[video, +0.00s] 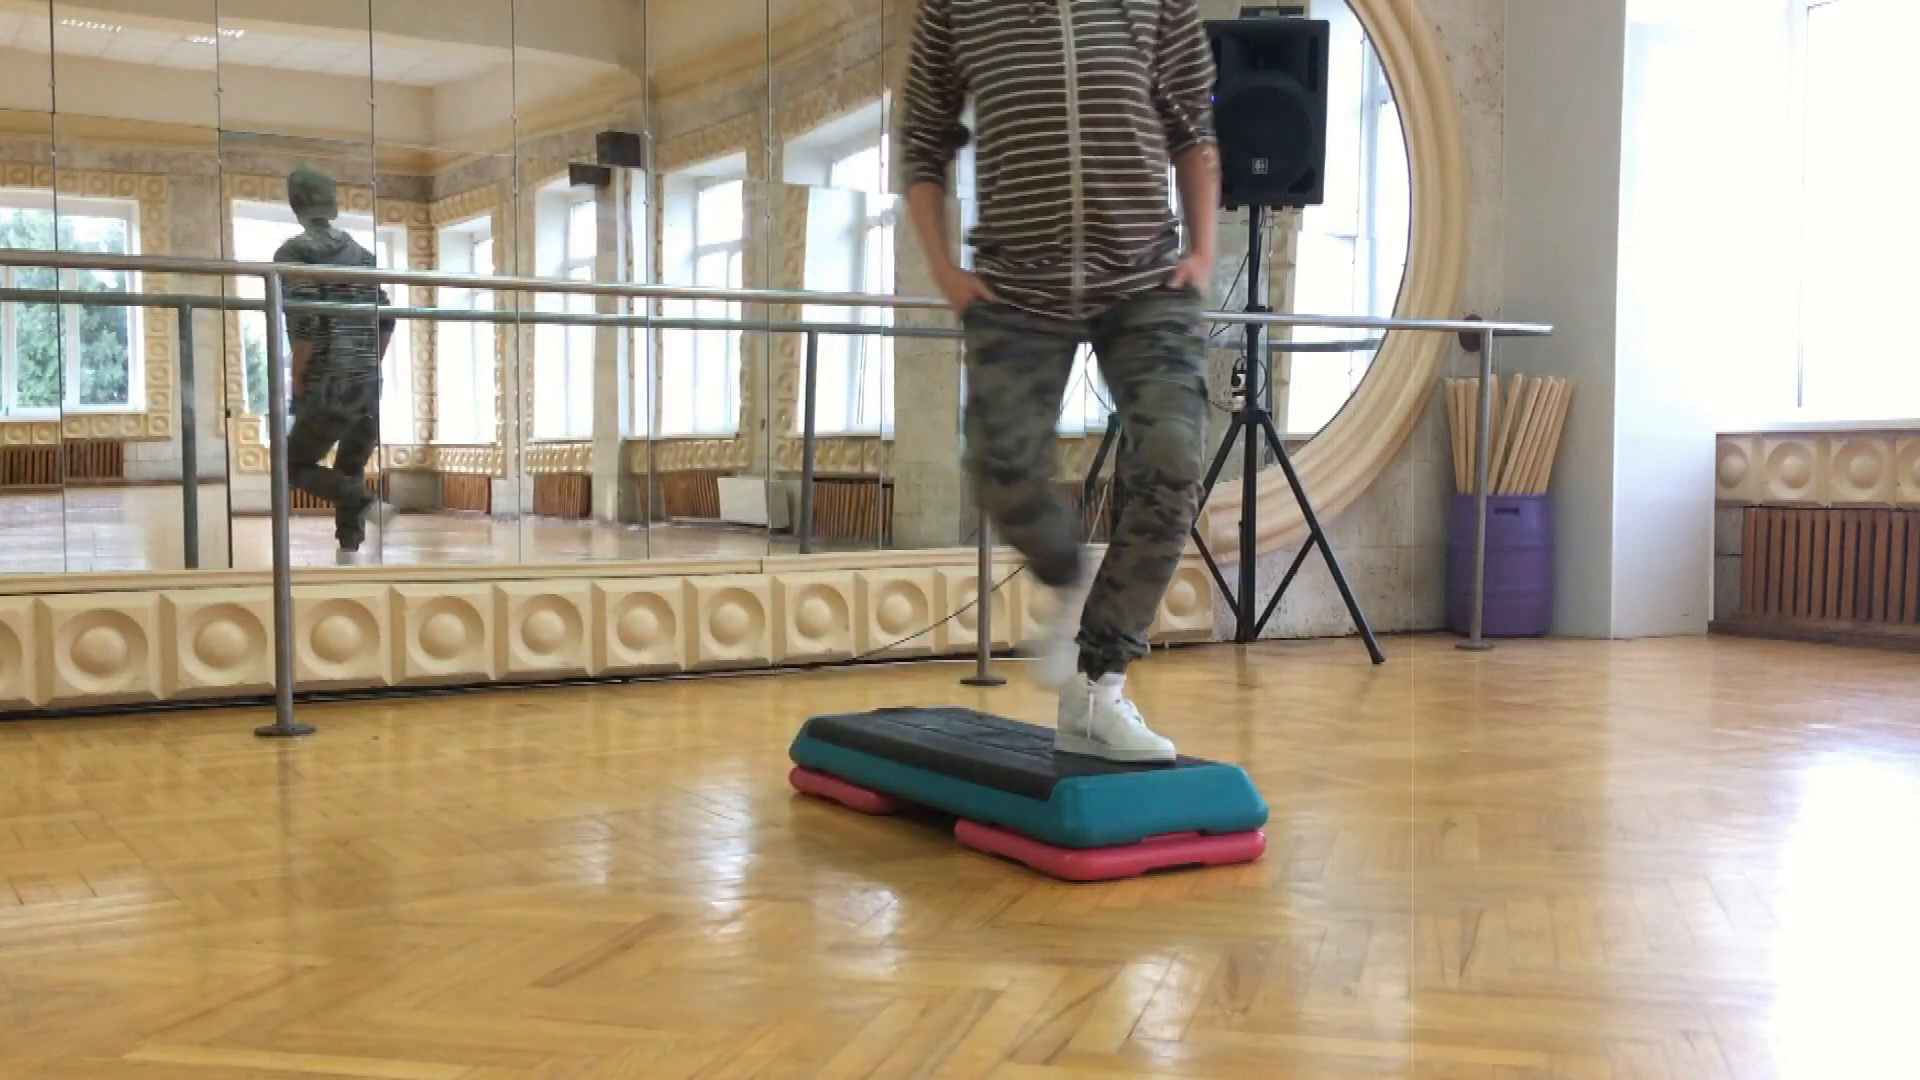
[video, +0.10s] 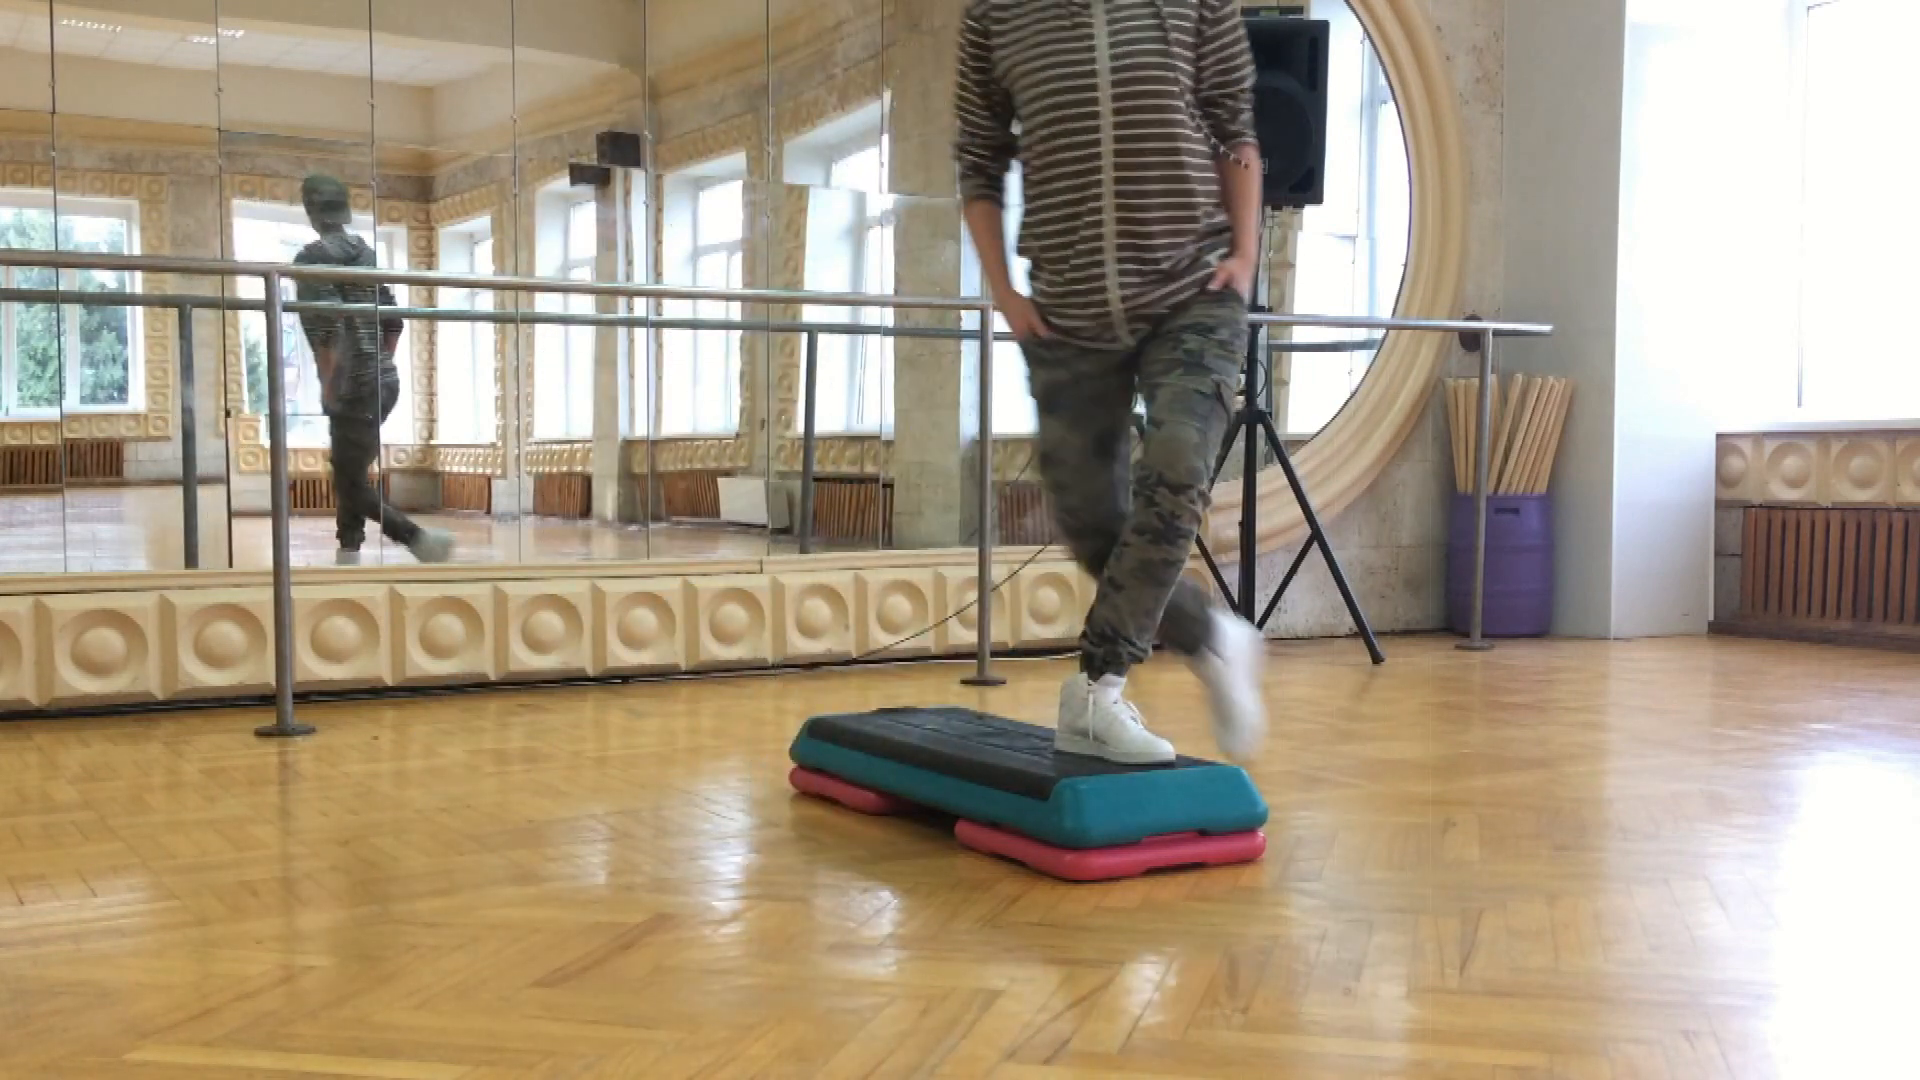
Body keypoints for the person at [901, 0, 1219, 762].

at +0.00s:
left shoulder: (1160, 7)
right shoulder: (954, 10)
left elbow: (1193, 125)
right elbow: (924, 142)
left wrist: (1201, 250)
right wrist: (946, 271)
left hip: (1148, 279)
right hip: (1015, 287)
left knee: (1170, 468)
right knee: (1004, 470)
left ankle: (1096, 686)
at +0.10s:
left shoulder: (1201, 7)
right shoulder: (993, 16)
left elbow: (1235, 130)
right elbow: (978, 162)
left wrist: (1245, 254)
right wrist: (1003, 292)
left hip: (1192, 292)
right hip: (1068, 310)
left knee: (1179, 484)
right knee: (1087, 523)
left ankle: (1094, 690)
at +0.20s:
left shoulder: (1238, 19)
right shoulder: (1038, 44)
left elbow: (1278, 145)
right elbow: (1033, 202)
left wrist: (1284, 267)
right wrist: (1062, 328)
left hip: (1237, 311)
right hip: (1122, 343)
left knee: (1191, 488)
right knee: (1203, 553)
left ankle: (1100, 690)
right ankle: (1300, 717)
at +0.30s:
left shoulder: (1270, 32)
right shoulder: (1076, 79)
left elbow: (1324, 164)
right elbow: (1084, 238)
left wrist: (1331, 285)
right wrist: (1114, 359)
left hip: (1279, 320)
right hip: (1169, 363)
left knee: (1250, 453)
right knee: (1251, 563)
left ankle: (1149, 657)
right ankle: (1326, 737)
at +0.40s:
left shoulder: (1301, 38)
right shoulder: (1111, 89)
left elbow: (1367, 163)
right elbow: (1120, 243)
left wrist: (1370, 285)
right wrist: (1141, 363)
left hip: (1318, 324)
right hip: (1204, 370)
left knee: (1331, 452)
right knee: (1254, 563)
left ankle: (1249, 638)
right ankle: (1328, 737)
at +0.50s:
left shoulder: (1332, 31)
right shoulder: (1141, 86)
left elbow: (1398, 162)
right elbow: (1147, 232)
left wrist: (1404, 291)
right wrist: (1166, 355)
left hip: (1349, 332)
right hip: (1227, 372)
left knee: (1396, 496)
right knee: (1272, 569)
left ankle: (1345, 715)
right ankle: (1324, 743)